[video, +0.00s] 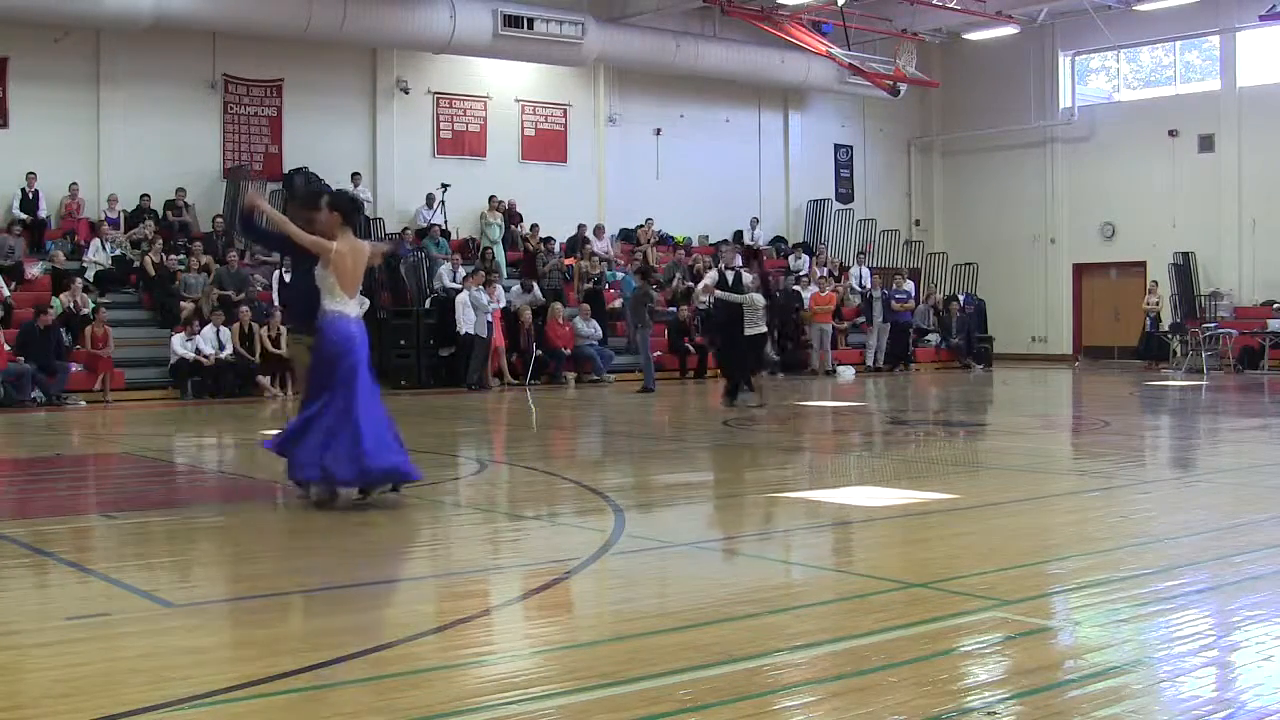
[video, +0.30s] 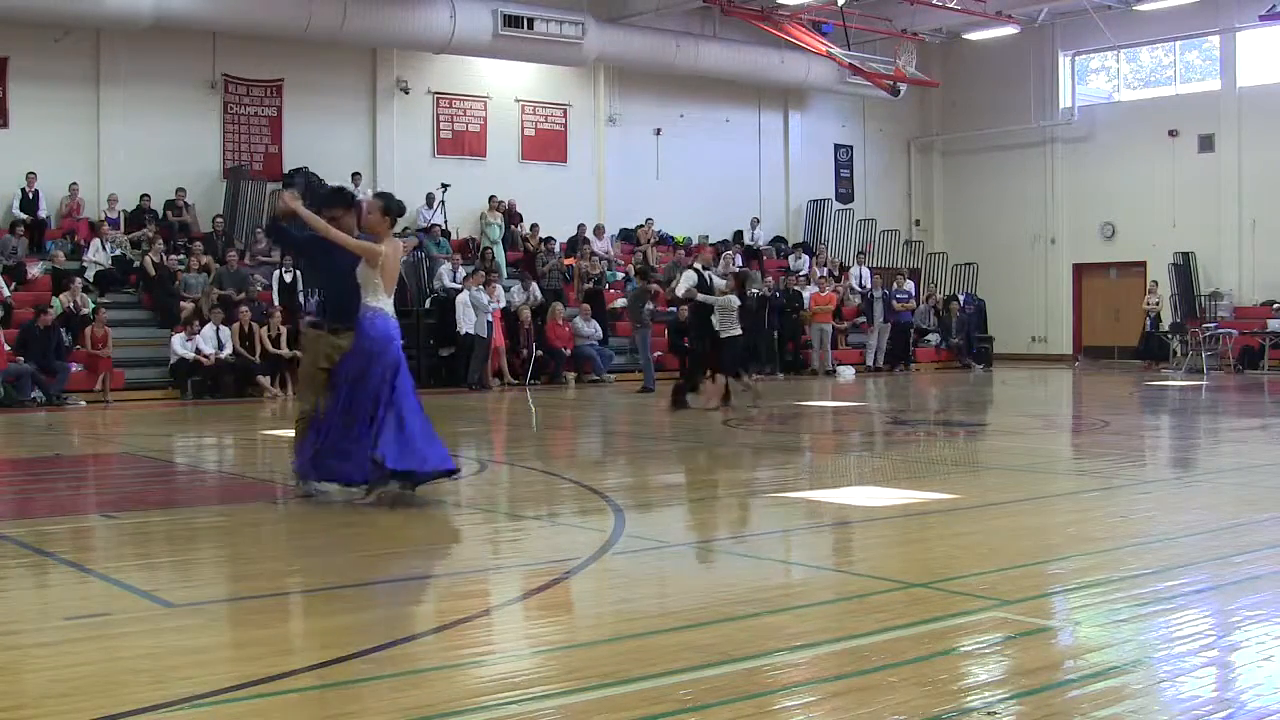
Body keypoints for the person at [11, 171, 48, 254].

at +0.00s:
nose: (31, 181)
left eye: (33, 179)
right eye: (29, 179)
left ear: (36, 180)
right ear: (26, 180)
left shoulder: (39, 193)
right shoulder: (19, 192)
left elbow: (42, 209)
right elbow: (15, 210)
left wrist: (41, 216)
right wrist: (25, 217)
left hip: (36, 217)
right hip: (24, 217)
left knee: (42, 223)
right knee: (34, 225)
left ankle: (40, 247)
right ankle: (32, 248)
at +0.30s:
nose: (31, 180)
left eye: (33, 178)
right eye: (29, 178)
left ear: (36, 180)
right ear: (26, 180)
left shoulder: (39, 193)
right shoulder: (20, 192)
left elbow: (42, 209)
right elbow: (15, 209)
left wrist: (41, 216)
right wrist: (25, 217)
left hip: (36, 216)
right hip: (24, 216)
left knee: (42, 223)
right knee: (32, 224)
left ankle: (39, 247)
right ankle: (31, 247)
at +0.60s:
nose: (31, 180)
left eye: (33, 178)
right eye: (29, 178)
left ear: (36, 180)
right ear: (26, 180)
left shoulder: (39, 193)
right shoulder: (20, 192)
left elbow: (42, 208)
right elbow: (14, 209)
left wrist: (41, 216)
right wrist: (24, 217)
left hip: (36, 216)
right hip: (24, 216)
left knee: (42, 223)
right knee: (32, 224)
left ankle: (40, 247)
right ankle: (30, 247)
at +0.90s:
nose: (31, 181)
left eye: (33, 179)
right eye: (29, 179)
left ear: (36, 180)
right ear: (26, 180)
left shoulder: (39, 193)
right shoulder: (19, 192)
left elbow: (42, 209)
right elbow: (14, 210)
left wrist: (41, 216)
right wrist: (25, 217)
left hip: (36, 218)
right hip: (24, 218)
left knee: (42, 223)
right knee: (32, 225)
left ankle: (40, 248)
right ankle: (31, 248)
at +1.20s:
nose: (31, 181)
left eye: (33, 179)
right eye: (29, 179)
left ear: (36, 180)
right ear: (26, 180)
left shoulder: (39, 193)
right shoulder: (19, 192)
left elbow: (42, 209)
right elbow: (14, 209)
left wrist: (41, 216)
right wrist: (25, 217)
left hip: (35, 217)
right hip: (24, 217)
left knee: (42, 223)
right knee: (33, 224)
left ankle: (39, 247)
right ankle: (32, 248)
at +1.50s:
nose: (32, 181)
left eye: (34, 179)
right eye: (30, 179)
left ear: (36, 181)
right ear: (26, 180)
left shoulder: (39, 193)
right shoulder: (19, 192)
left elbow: (42, 208)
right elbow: (14, 209)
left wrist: (41, 216)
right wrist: (25, 217)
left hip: (35, 217)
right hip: (24, 217)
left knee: (42, 223)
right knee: (33, 225)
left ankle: (38, 248)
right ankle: (32, 248)